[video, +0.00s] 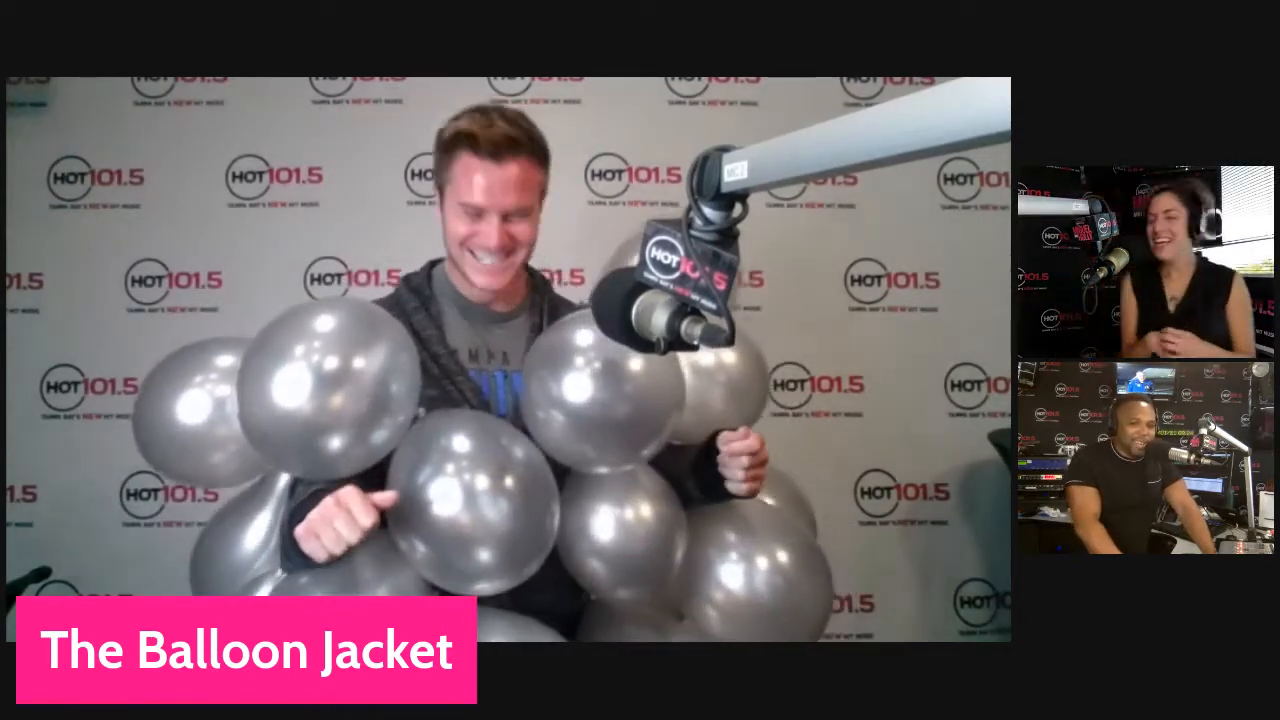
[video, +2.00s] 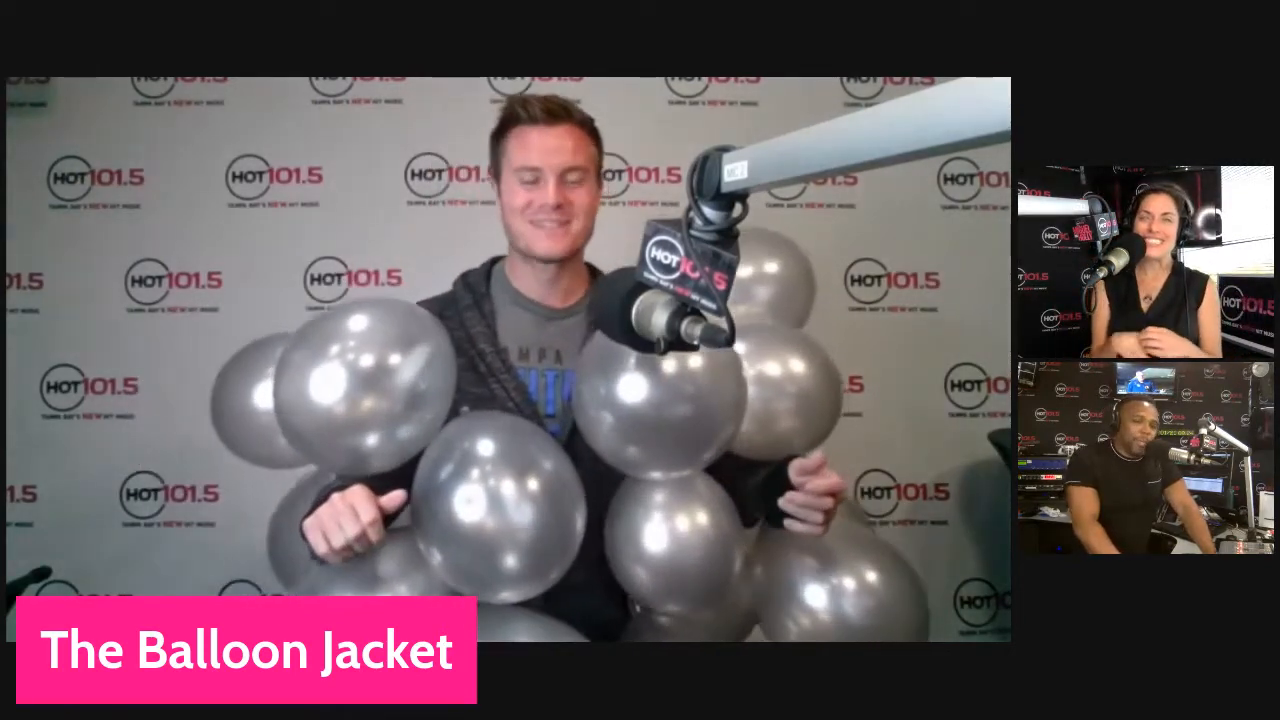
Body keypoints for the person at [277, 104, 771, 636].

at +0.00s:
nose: (494, 237)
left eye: (515, 215)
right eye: (473, 213)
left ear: (540, 214)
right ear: (440, 207)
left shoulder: (583, 334)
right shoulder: (379, 337)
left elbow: (637, 463)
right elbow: (317, 467)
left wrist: (714, 466)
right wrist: (319, 514)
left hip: (568, 608)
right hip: (423, 608)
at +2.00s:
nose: (552, 199)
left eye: (573, 178)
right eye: (528, 178)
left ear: (599, 191)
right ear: (497, 190)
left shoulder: (654, 320)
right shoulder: (432, 331)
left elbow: (711, 460)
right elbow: (369, 449)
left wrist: (783, 490)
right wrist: (337, 502)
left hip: (637, 622)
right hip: (488, 617)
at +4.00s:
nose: (550, 201)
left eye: (570, 182)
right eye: (529, 184)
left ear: (599, 197)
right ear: (501, 203)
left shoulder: (656, 322)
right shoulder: (442, 338)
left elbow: (707, 465)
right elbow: (408, 475)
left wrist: (795, 483)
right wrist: (344, 510)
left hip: (649, 618)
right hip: (504, 615)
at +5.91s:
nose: (536, 203)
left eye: (557, 185)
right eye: (516, 187)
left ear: (590, 200)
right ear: (491, 203)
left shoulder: (647, 325)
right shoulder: (439, 333)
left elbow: (714, 470)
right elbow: (393, 470)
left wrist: (824, 466)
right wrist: (273, 493)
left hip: (633, 619)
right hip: (492, 615)